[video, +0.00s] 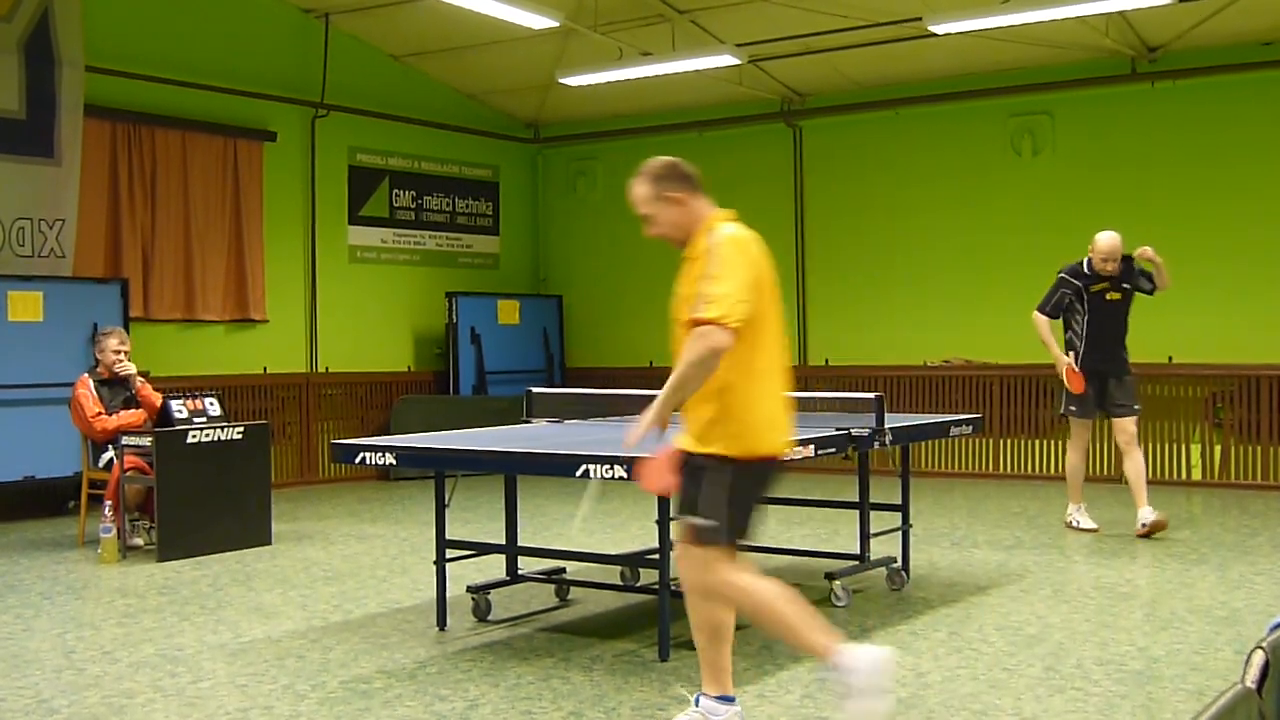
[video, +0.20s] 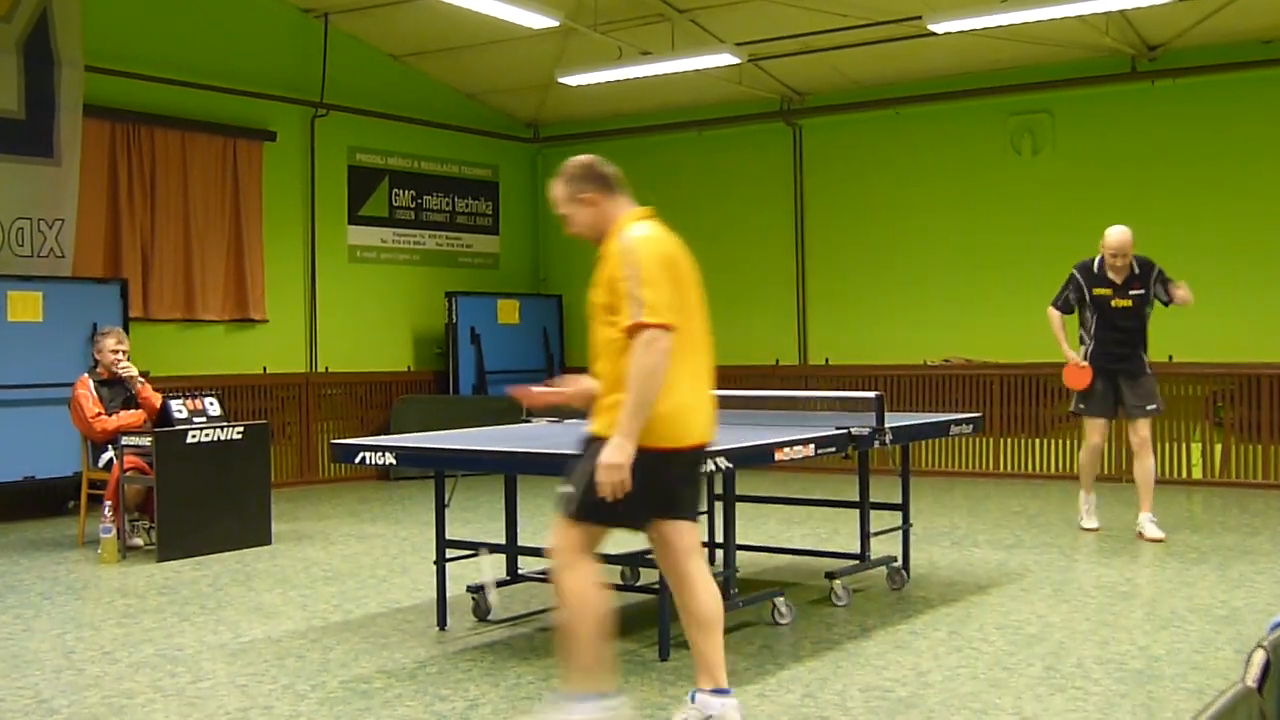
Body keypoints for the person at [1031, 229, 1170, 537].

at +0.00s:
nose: (1109, 267)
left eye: (1115, 261)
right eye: (1103, 262)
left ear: (1122, 257)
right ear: (1090, 254)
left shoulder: (1128, 272)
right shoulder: (1072, 276)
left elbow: (1160, 285)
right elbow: (1040, 316)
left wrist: (1156, 262)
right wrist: (1057, 355)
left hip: (1117, 369)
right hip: (1081, 370)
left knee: (1129, 438)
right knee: (1079, 441)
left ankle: (1144, 513)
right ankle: (1075, 509)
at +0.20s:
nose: (1117, 262)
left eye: (1122, 257)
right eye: (1111, 256)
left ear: (1132, 251)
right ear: (1102, 250)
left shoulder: (1147, 270)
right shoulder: (1084, 273)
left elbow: (1176, 294)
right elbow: (1055, 311)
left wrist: (1180, 295)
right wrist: (1067, 350)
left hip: (1135, 369)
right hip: (1096, 369)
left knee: (1142, 440)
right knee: (1095, 441)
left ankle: (1146, 516)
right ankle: (1087, 501)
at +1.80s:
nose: (1000, 245)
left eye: (1007, 239)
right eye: (996, 240)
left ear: (1025, 242)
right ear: (992, 244)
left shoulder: (1044, 271)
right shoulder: (996, 273)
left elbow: (1071, 322)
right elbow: (999, 307)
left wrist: (1057, 371)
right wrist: (988, 334)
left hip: (1048, 369)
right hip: (1016, 366)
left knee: (1043, 450)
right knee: (993, 439)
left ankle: (1049, 540)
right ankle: (1012, 517)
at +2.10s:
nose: (969, 264)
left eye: (975, 258)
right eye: (963, 258)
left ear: (991, 260)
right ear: (958, 262)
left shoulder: (1013, 283)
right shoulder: (958, 288)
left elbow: (1047, 330)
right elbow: (952, 325)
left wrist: (1039, 382)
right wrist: (947, 339)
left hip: (1023, 373)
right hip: (986, 372)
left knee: (1031, 451)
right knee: (960, 445)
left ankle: (1047, 541)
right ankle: (952, 528)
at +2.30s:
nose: (954, 272)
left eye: (960, 266)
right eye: (950, 266)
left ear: (979, 266)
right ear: (947, 268)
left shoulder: (1004, 289)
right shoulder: (946, 294)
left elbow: (1040, 332)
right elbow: (933, 332)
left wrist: (1027, 384)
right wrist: (939, 341)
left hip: (1015, 379)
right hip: (974, 379)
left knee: (1027, 449)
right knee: (945, 447)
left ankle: (1045, 538)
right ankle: (951, 529)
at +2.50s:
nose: (954, 281)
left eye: (961, 275)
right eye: (951, 275)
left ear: (981, 276)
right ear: (949, 277)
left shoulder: (1006, 299)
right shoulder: (951, 302)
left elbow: (1045, 342)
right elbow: (945, 334)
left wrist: (1031, 391)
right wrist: (947, 348)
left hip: (1019, 380)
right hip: (979, 378)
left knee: (1026, 452)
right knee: (938, 438)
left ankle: (1045, 539)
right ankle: (937, 518)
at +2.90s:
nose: (945, 301)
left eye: (951, 295)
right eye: (942, 296)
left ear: (972, 295)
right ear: (940, 296)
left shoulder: (999, 315)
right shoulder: (943, 319)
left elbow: (1041, 352)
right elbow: (935, 355)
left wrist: (1026, 399)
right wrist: (939, 367)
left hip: (1016, 391)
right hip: (975, 390)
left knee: (1019, 454)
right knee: (931, 451)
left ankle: (1044, 539)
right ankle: (929, 524)